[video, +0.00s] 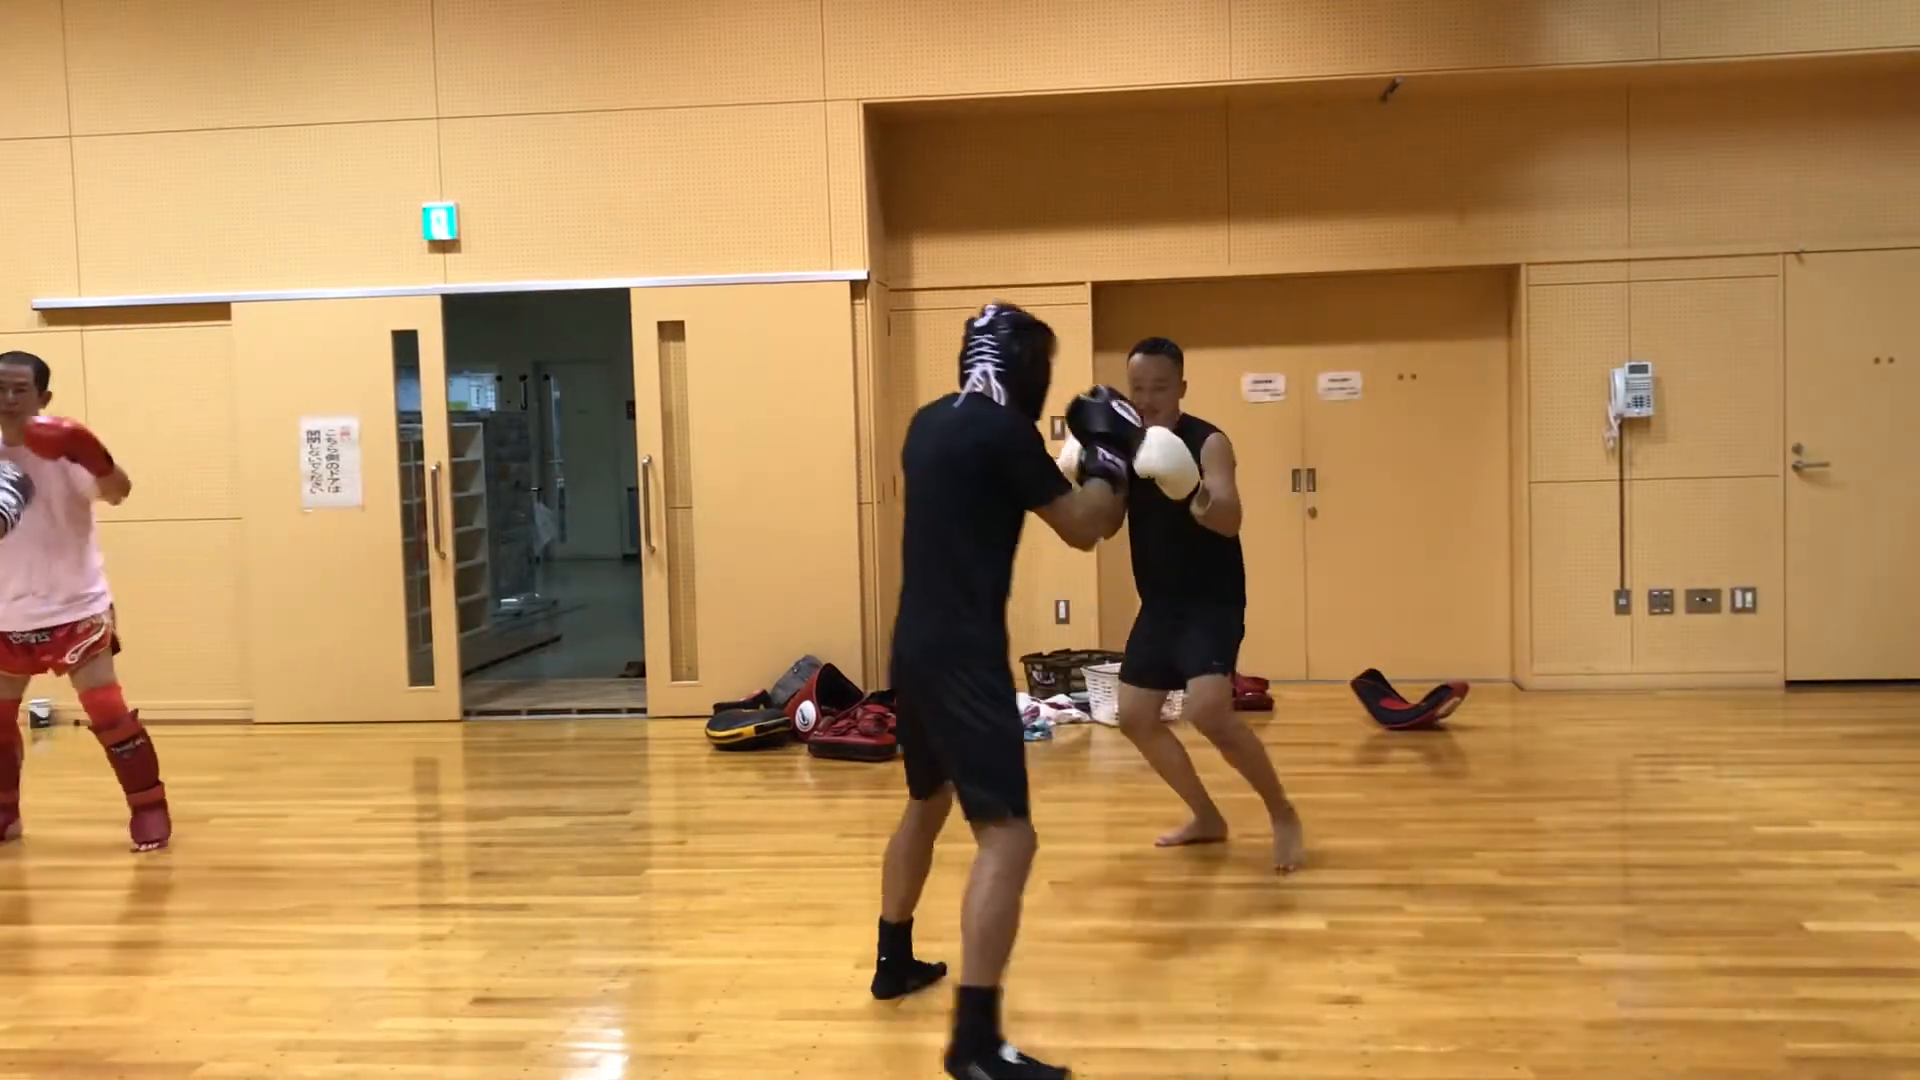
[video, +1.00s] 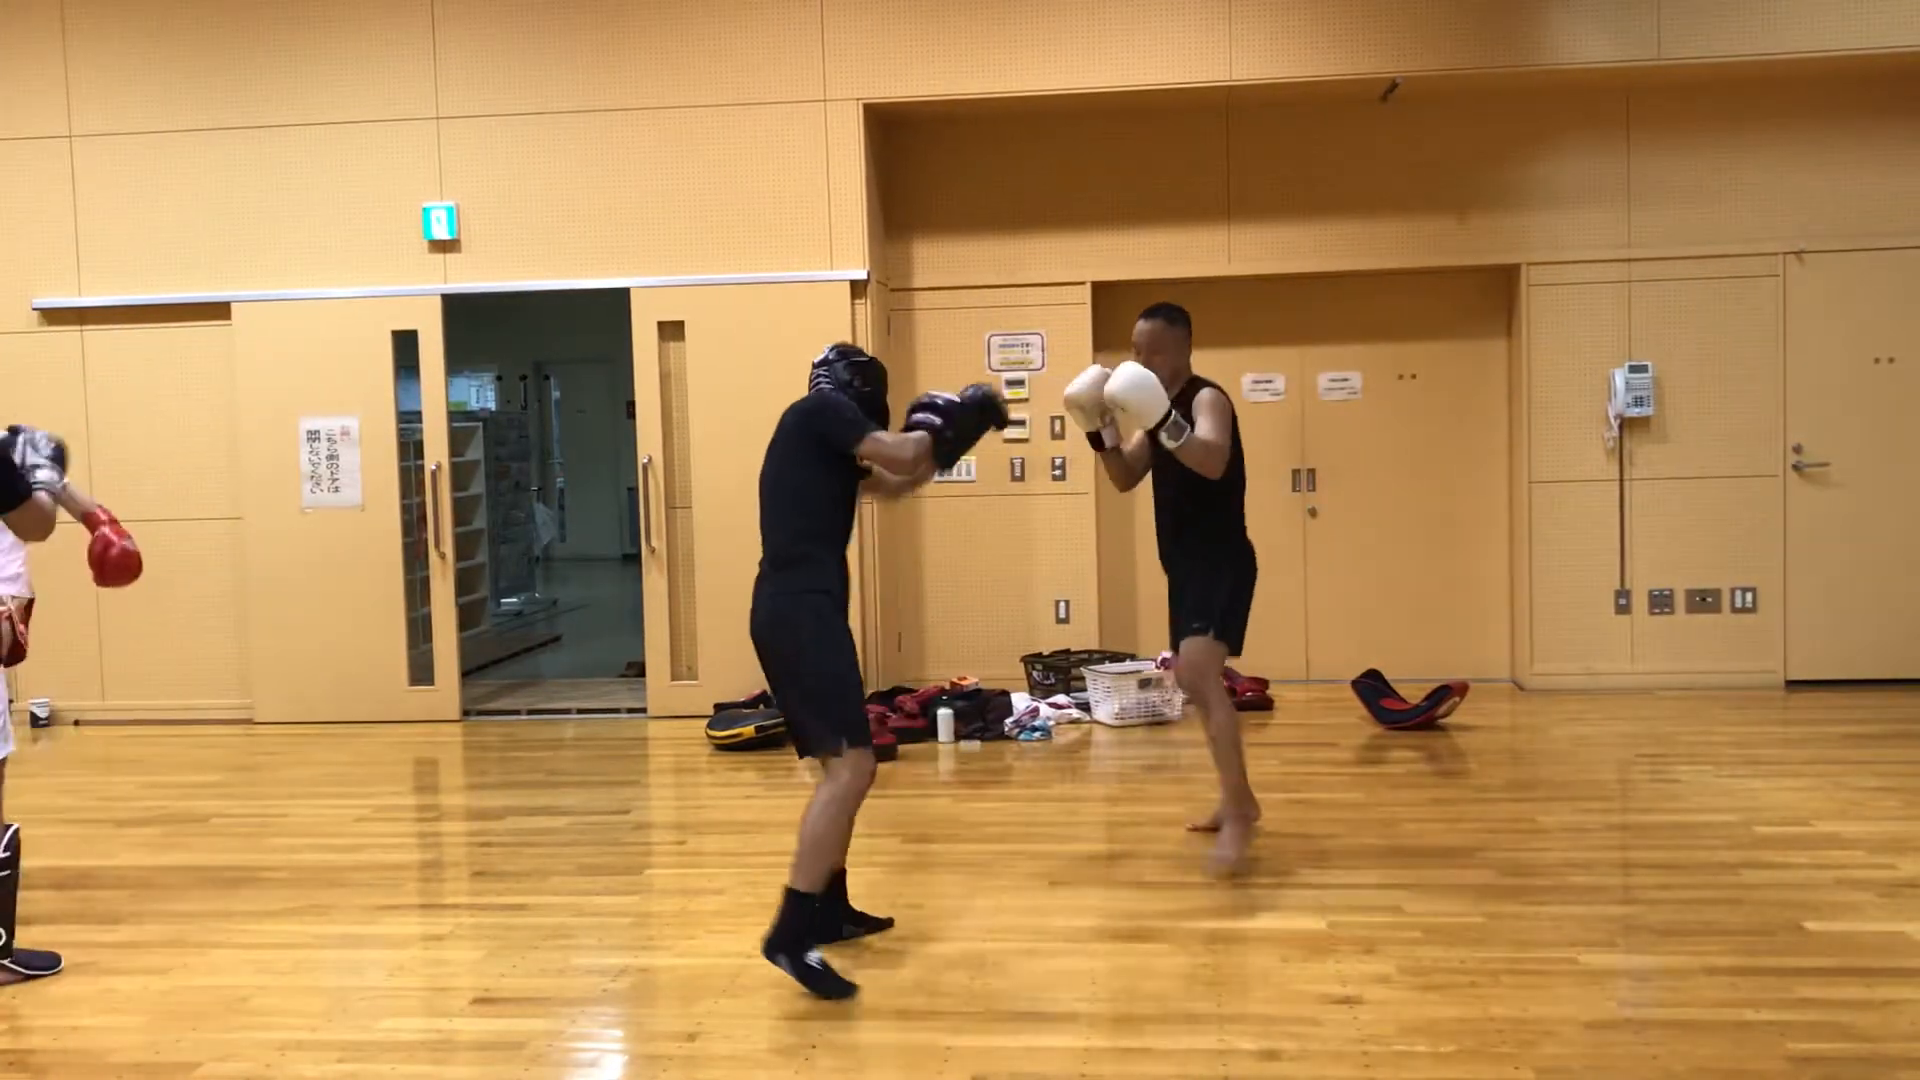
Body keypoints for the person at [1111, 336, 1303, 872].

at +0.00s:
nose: (1146, 401)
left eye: (1158, 389)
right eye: (1137, 389)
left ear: (1181, 387)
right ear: (1126, 388)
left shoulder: (1208, 441)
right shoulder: (1121, 442)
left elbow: (1230, 523)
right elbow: (1103, 526)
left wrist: (1191, 491)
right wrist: (1096, 459)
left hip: (1213, 599)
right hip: (1159, 601)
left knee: (1207, 711)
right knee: (1135, 714)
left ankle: (1282, 815)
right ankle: (1205, 818)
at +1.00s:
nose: (1143, 365)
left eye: (1151, 355)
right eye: (1138, 355)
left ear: (1181, 350)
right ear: (1139, 352)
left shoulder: (1207, 400)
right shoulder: (1160, 411)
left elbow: (1213, 463)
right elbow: (1126, 477)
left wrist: (1164, 419)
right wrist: (1097, 425)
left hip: (1219, 561)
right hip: (1186, 564)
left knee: (1199, 674)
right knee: (1196, 678)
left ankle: (1237, 812)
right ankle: (1237, 799)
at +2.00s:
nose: (1108, 405)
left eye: (1111, 392)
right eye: (1102, 395)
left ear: (1142, 381)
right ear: (1147, 384)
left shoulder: (1158, 431)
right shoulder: (1160, 426)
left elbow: (1103, 485)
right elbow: (1108, 479)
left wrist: (1072, 427)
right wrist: (1077, 430)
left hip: (1169, 593)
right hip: (1189, 590)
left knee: (1104, 694)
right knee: (1192, 695)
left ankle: (1112, 835)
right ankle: (1268, 798)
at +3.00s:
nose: (1115, 393)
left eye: (1119, 381)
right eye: (1113, 384)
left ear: (1149, 373)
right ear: (1162, 371)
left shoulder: (1165, 424)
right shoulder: (1204, 409)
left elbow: (1114, 497)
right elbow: (1154, 480)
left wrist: (1068, 447)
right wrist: (1116, 435)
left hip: (1194, 587)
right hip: (1239, 579)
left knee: (1145, 698)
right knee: (1252, 692)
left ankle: (1151, 838)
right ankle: (1309, 804)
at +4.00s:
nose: (1179, 392)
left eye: (1182, 381)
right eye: (1177, 381)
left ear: (1207, 378)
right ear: (1230, 375)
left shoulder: (1212, 434)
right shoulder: (1271, 424)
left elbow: (1154, 498)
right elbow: (1219, 480)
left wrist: (1120, 449)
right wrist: (1173, 422)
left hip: (1209, 598)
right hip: (1263, 597)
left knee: (1139, 699)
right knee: (1274, 707)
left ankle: (1123, 839)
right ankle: (1325, 824)